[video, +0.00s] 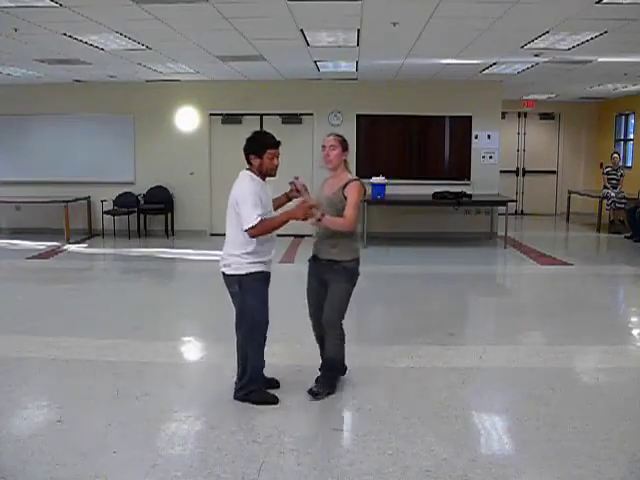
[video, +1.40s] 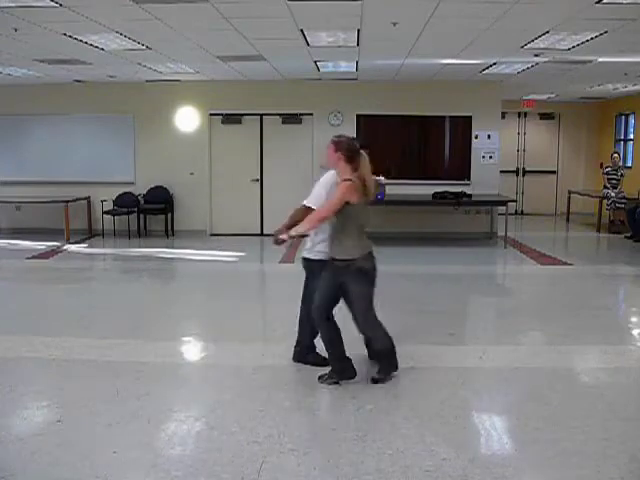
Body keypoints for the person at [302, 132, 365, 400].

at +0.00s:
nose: (327, 153)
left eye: (332, 148)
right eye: (324, 148)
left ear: (344, 153)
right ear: (322, 154)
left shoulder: (353, 185)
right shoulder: (326, 183)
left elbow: (349, 224)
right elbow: (321, 215)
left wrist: (321, 219)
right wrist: (305, 196)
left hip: (343, 264)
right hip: (320, 260)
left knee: (331, 320)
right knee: (317, 318)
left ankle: (328, 377)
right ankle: (334, 365)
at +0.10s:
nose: (332, 154)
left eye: (337, 149)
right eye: (329, 150)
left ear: (350, 153)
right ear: (328, 154)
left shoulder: (360, 184)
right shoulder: (331, 184)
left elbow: (355, 220)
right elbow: (322, 217)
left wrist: (327, 212)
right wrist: (303, 197)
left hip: (349, 262)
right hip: (326, 259)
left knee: (336, 318)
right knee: (324, 318)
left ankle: (343, 371)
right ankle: (331, 367)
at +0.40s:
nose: (352, 158)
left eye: (356, 153)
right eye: (352, 153)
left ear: (372, 155)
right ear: (366, 157)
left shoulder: (385, 185)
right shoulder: (362, 187)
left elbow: (368, 211)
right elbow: (343, 213)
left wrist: (337, 211)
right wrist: (313, 217)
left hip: (380, 265)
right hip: (357, 261)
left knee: (370, 318)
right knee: (339, 310)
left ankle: (385, 365)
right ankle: (330, 364)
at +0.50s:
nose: (359, 158)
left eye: (363, 153)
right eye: (359, 153)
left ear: (379, 156)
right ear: (374, 158)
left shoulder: (390, 186)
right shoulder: (372, 186)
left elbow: (368, 213)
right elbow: (356, 211)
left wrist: (333, 218)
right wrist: (328, 214)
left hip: (389, 263)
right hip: (370, 260)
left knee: (376, 318)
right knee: (350, 312)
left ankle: (386, 366)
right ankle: (341, 361)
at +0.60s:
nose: (364, 157)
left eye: (368, 152)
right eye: (365, 153)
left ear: (384, 156)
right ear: (382, 158)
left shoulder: (393, 186)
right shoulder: (380, 184)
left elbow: (364, 213)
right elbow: (364, 211)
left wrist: (330, 215)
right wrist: (331, 214)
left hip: (396, 261)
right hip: (379, 258)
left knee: (380, 312)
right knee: (362, 307)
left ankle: (387, 365)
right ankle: (375, 358)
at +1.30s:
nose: (337, 154)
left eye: (340, 150)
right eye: (338, 150)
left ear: (353, 154)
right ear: (354, 154)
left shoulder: (367, 185)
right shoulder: (350, 183)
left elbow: (345, 215)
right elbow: (343, 216)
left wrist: (314, 229)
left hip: (372, 262)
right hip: (348, 262)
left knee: (379, 318)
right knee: (332, 310)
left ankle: (389, 365)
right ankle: (354, 357)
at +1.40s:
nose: (327, 156)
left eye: (330, 152)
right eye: (328, 151)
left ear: (340, 156)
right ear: (349, 157)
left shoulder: (347, 188)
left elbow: (319, 217)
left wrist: (292, 233)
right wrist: (293, 231)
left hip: (358, 264)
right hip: (337, 263)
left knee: (364, 317)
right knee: (320, 312)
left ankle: (388, 362)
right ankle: (341, 366)